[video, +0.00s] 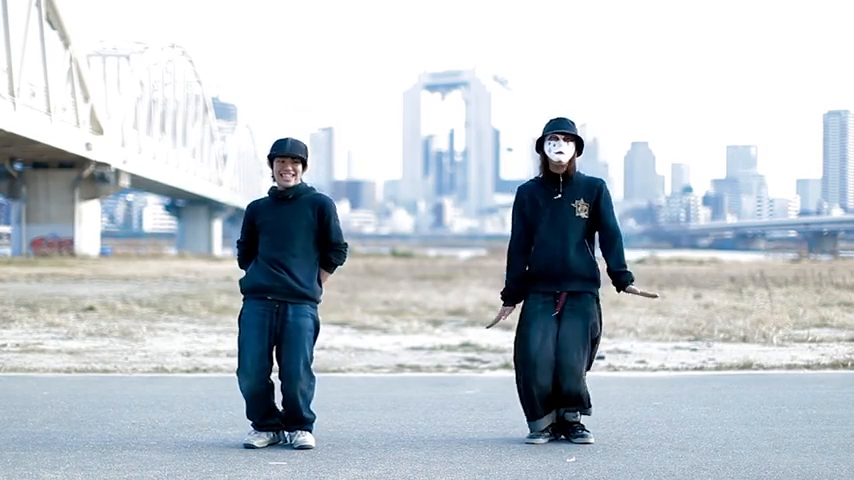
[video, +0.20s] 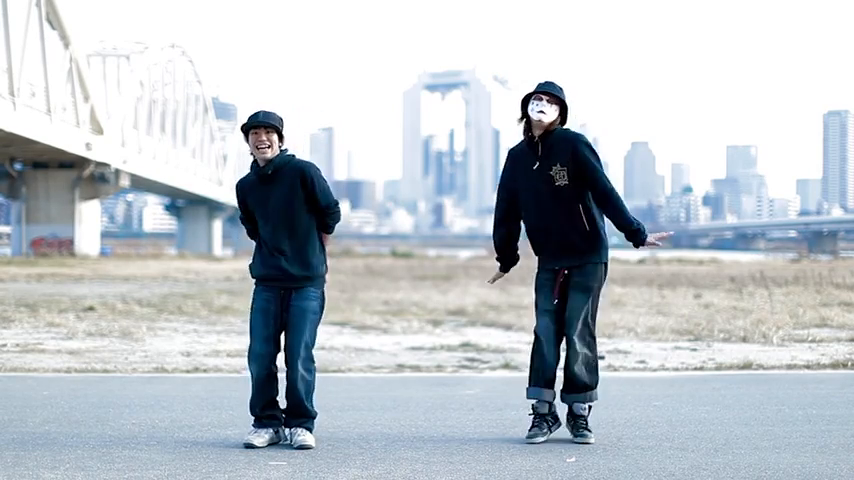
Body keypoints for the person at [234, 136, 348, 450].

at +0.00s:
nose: (286, 169)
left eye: (293, 163)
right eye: (281, 163)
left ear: (302, 168)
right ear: (272, 167)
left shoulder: (321, 205)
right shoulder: (256, 209)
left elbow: (337, 250)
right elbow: (245, 252)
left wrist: (316, 283)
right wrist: (261, 277)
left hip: (300, 300)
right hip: (258, 298)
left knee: (296, 368)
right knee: (251, 371)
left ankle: (300, 428)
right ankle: (266, 427)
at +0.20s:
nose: (263, 140)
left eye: (268, 134)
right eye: (256, 135)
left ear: (279, 138)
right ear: (248, 141)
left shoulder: (304, 172)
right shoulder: (245, 186)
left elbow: (331, 213)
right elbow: (252, 229)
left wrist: (317, 241)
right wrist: (280, 245)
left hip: (306, 281)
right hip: (267, 282)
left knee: (298, 355)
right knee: (259, 354)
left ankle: (300, 426)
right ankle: (267, 425)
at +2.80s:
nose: (285, 159)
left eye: (291, 153)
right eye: (279, 153)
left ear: (301, 157)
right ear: (269, 155)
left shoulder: (319, 196)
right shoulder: (250, 194)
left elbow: (327, 242)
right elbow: (230, 239)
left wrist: (302, 265)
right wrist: (251, 265)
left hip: (304, 293)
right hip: (261, 293)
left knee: (307, 362)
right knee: (259, 362)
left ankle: (301, 425)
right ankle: (264, 425)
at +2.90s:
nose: (291, 161)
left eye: (298, 156)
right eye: (286, 155)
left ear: (307, 163)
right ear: (275, 159)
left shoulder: (321, 205)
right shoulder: (254, 198)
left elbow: (330, 249)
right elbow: (232, 242)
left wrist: (311, 273)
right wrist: (254, 270)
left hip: (305, 297)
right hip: (262, 296)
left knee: (309, 364)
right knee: (260, 364)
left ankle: (301, 426)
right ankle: (264, 426)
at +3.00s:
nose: (302, 147)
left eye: (308, 143)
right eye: (296, 141)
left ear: (316, 151)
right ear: (285, 145)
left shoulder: (325, 195)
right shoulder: (259, 185)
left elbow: (329, 240)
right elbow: (237, 228)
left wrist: (303, 261)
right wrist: (258, 255)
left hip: (305, 288)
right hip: (263, 287)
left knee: (309, 360)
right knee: (263, 359)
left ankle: (301, 425)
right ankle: (265, 425)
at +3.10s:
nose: (314, 140)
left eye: (321, 136)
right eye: (309, 134)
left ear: (327, 144)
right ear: (297, 136)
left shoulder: (331, 189)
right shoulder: (267, 173)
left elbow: (325, 233)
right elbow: (238, 211)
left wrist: (298, 248)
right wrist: (256, 240)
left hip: (302, 282)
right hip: (260, 279)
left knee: (304, 356)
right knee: (262, 354)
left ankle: (301, 424)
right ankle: (265, 424)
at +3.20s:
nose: (325, 149)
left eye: (332, 145)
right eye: (320, 142)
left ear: (338, 154)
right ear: (307, 145)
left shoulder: (336, 196)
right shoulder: (275, 180)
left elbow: (319, 233)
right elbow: (241, 209)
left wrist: (291, 247)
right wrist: (254, 245)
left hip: (299, 282)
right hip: (258, 281)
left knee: (300, 352)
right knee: (258, 351)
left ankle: (300, 423)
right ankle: (265, 423)